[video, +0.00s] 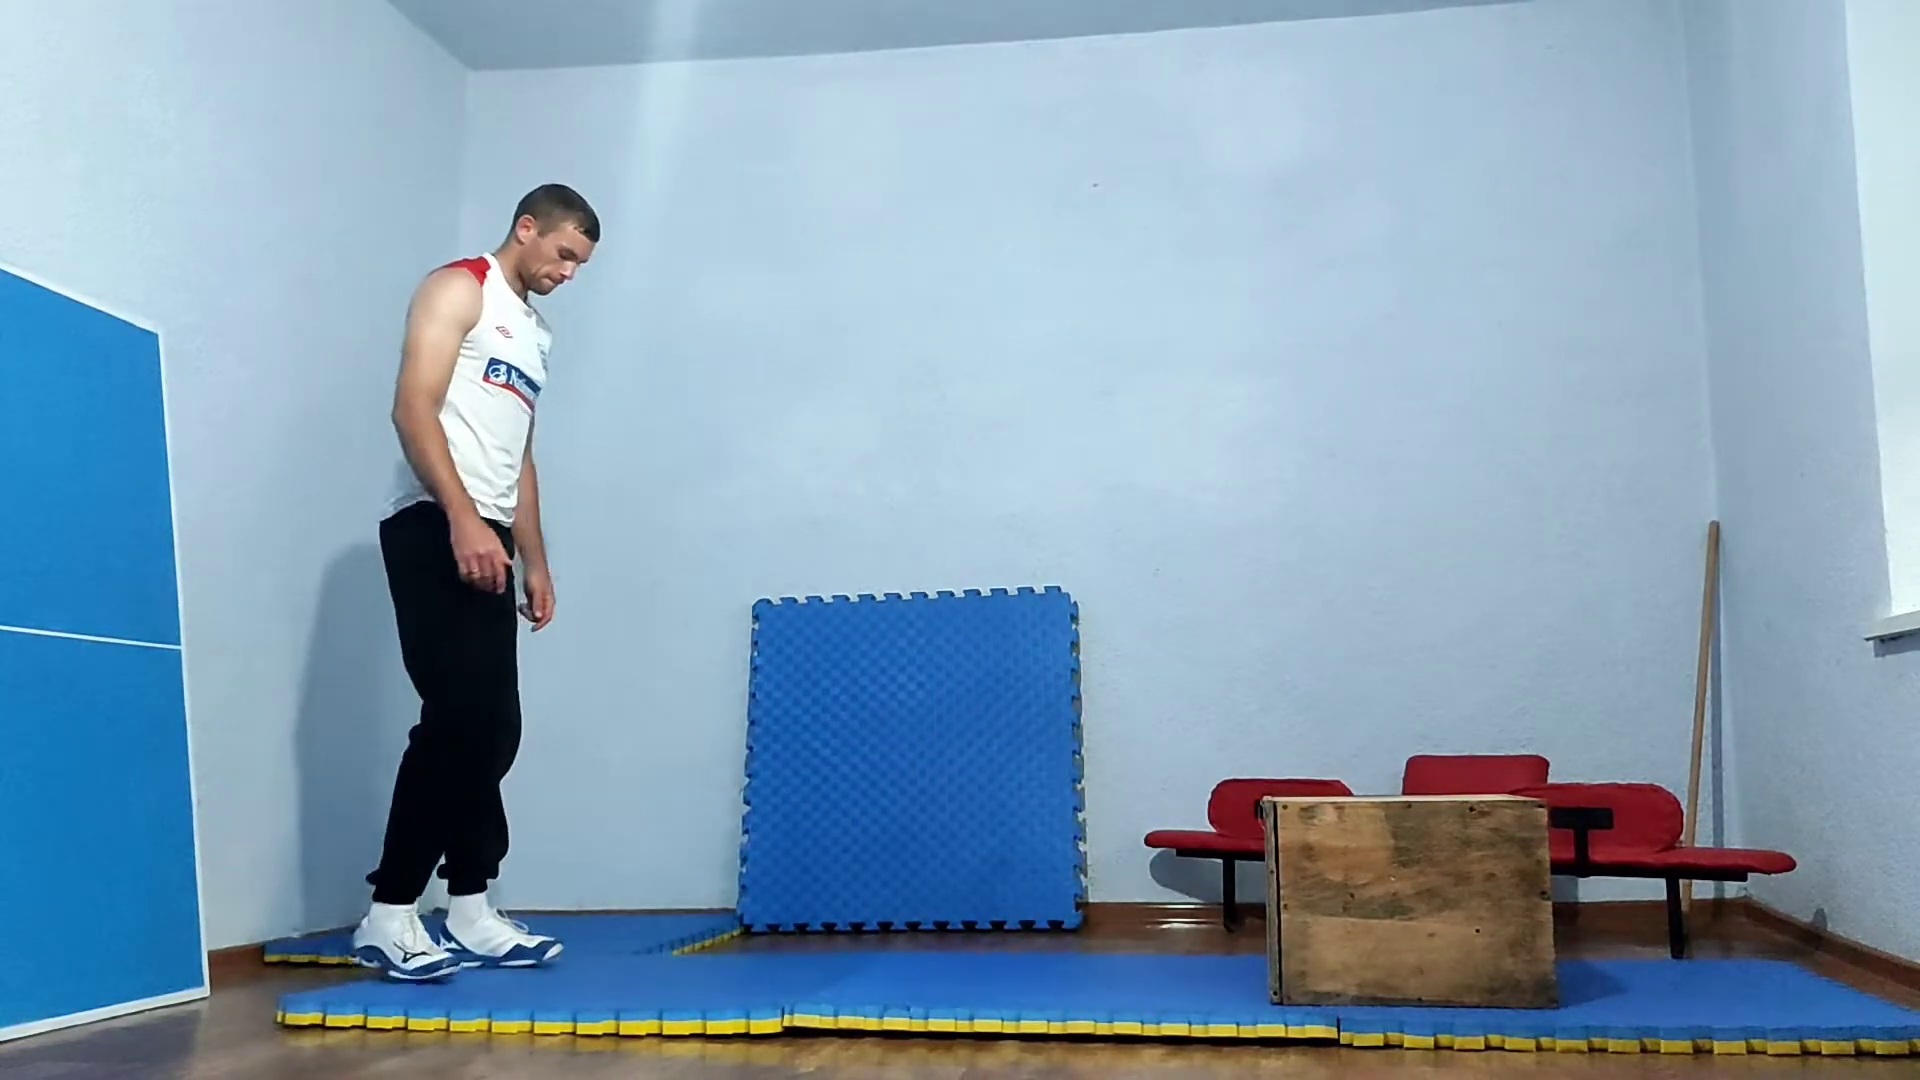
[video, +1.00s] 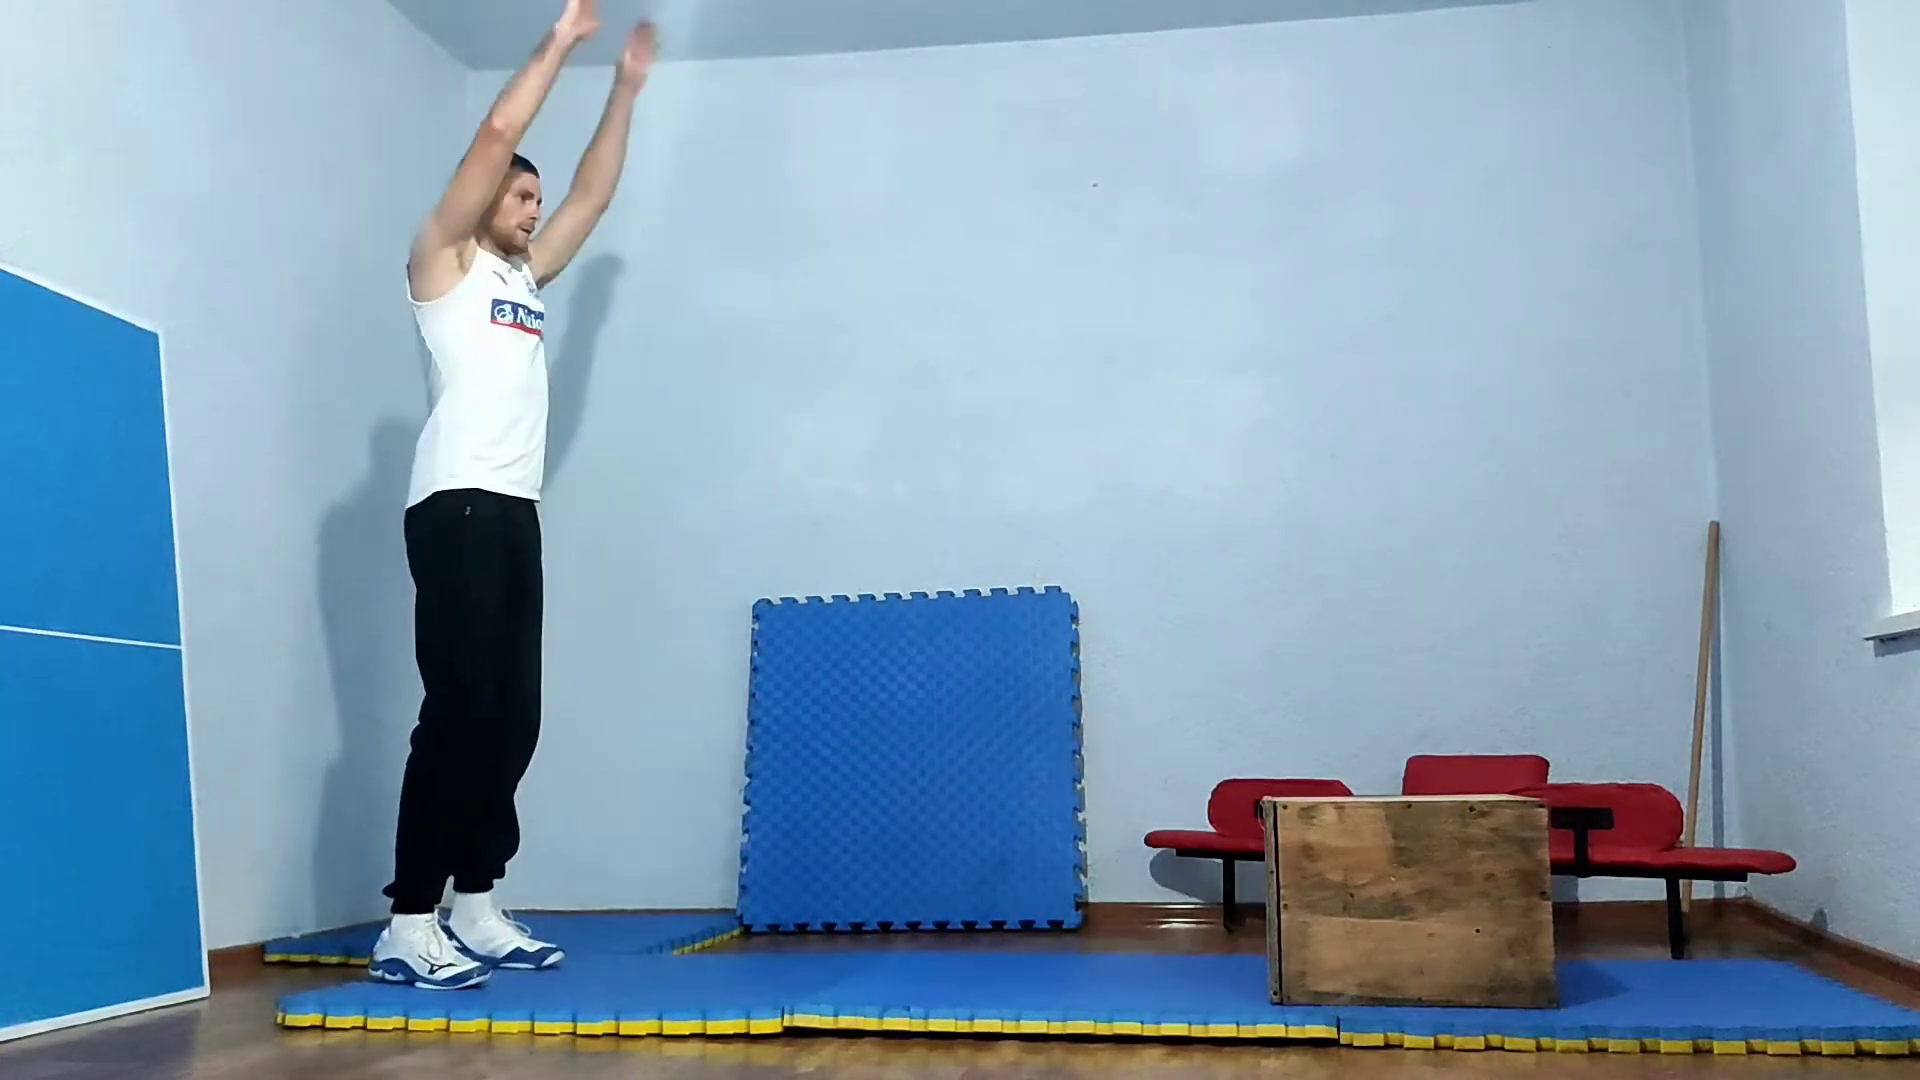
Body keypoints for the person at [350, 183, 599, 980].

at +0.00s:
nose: (568, 272)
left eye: (578, 262)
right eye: (562, 253)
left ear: (574, 261)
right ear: (524, 229)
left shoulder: (533, 328)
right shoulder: (456, 291)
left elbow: (519, 455)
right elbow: (414, 411)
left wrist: (535, 557)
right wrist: (462, 518)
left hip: (489, 541)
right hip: (432, 530)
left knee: (494, 726)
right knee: (457, 719)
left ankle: (468, 910)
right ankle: (388, 915)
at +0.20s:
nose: (560, 264)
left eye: (569, 253)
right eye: (554, 246)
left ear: (557, 248)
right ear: (513, 223)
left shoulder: (527, 325)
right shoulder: (451, 288)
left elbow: (527, 453)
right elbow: (425, 406)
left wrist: (557, 552)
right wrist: (503, 496)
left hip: (489, 535)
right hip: (436, 525)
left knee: (496, 726)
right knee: (451, 720)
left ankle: (467, 909)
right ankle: (407, 926)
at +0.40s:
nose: (548, 248)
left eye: (555, 238)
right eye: (542, 230)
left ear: (536, 235)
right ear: (496, 212)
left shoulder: (513, 323)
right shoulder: (439, 281)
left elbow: (539, 447)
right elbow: (440, 397)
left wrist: (600, 526)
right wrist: (545, 464)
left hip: (491, 535)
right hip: (434, 529)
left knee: (500, 725)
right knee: (443, 721)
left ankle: (469, 910)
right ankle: (407, 929)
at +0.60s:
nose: (535, 236)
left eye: (540, 224)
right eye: (525, 218)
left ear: (513, 222)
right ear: (477, 207)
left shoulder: (504, 318)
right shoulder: (427, 273)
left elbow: (591, 392)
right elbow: (496, 321)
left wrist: (696, 397)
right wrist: (625, 322)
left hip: (484, 529)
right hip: (426, 523)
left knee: (503, 726)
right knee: (438, 721)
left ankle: (470, 909)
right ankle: (406, 931)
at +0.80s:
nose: (534, 224)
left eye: (536, 212)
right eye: (521, 208)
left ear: (521, 219)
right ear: (474, 206)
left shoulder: (517, 294)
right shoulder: (434, 273)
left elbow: (618, 268)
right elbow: (509, 198)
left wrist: (694, 197)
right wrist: (622, 132)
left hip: (495, 525)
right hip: (438, 521)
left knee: (499, 726)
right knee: (454, 718)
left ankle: (468, 908)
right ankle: (406, 927)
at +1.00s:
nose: (534, 202)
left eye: (540, 194)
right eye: (520, 186)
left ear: (539, 209)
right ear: (483, 187)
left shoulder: (522, 276)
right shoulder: (444, 256)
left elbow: (590, 194)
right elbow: (497, 134)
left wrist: (628, 89)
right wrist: (561, 40)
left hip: (516, 519)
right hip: (456, 514)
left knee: (514, 719)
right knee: (460, 716)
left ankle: (472, 908)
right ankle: (407, 925)